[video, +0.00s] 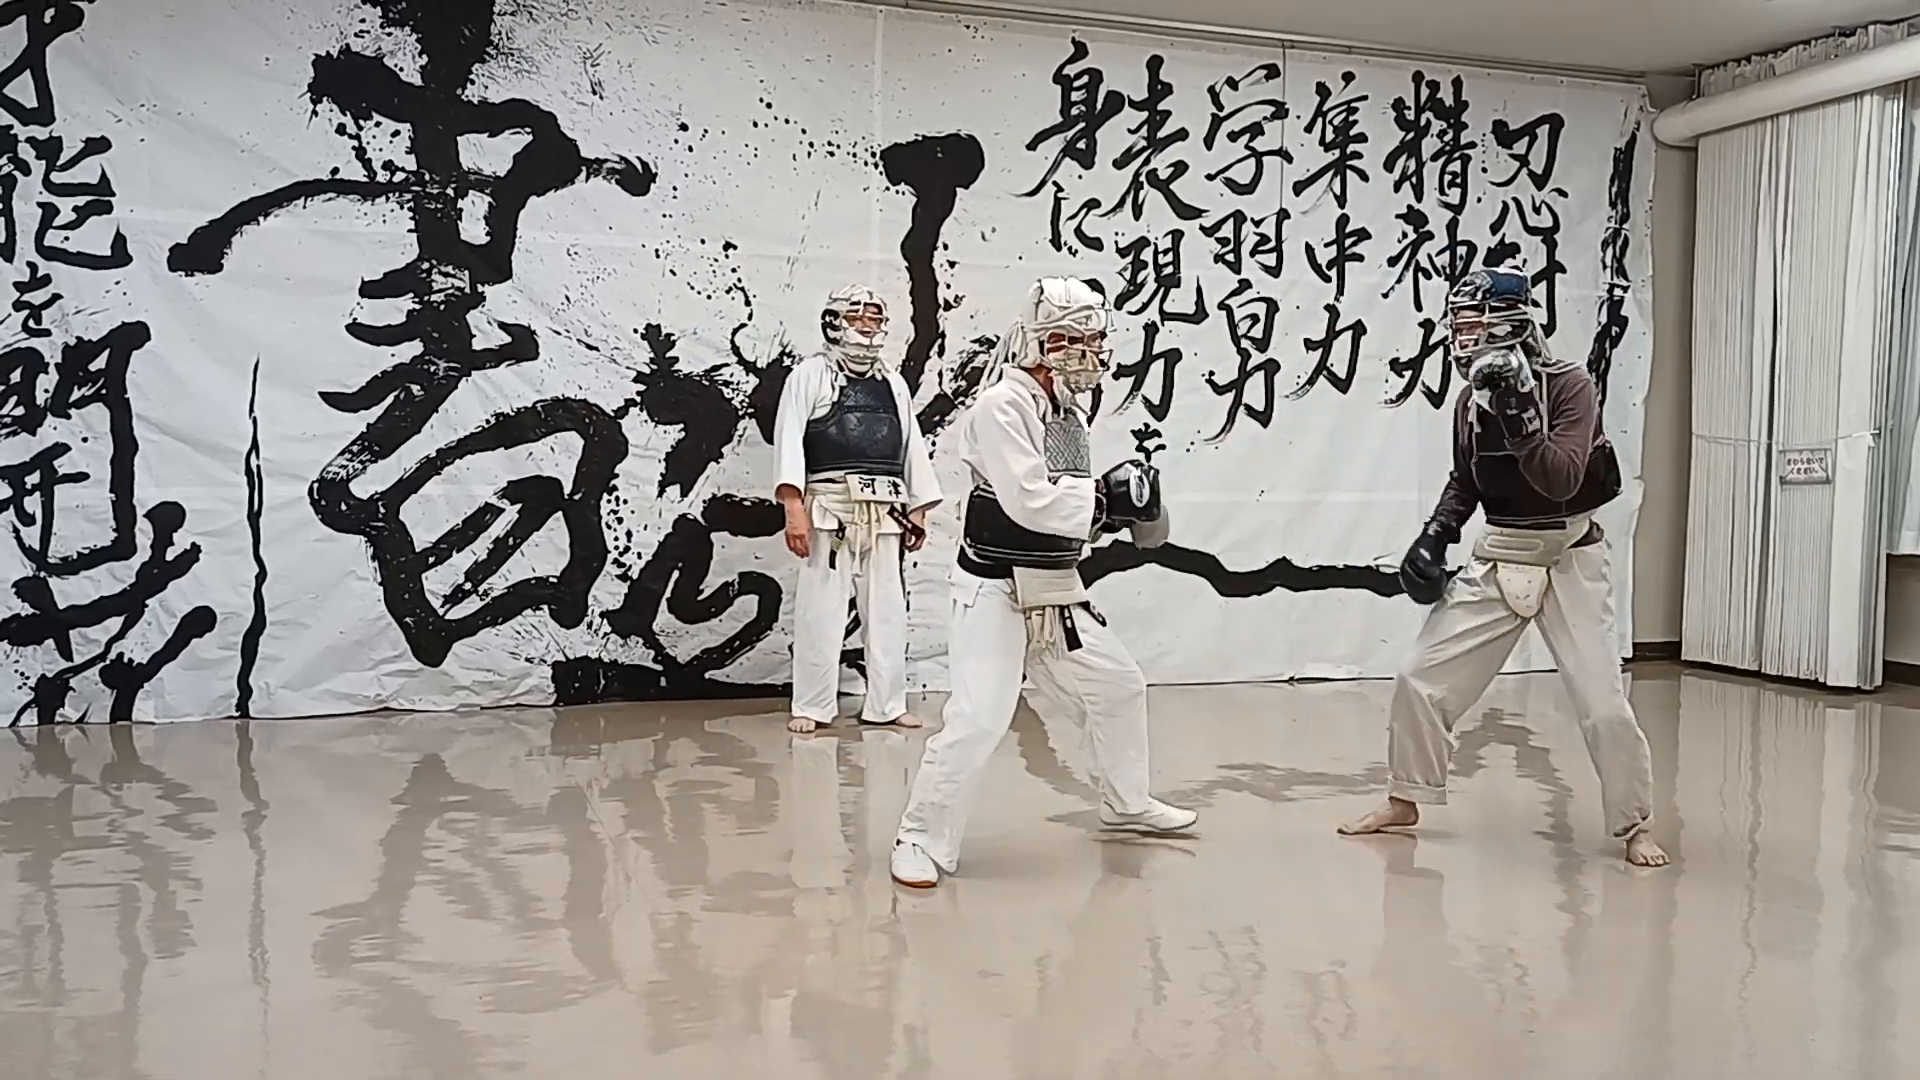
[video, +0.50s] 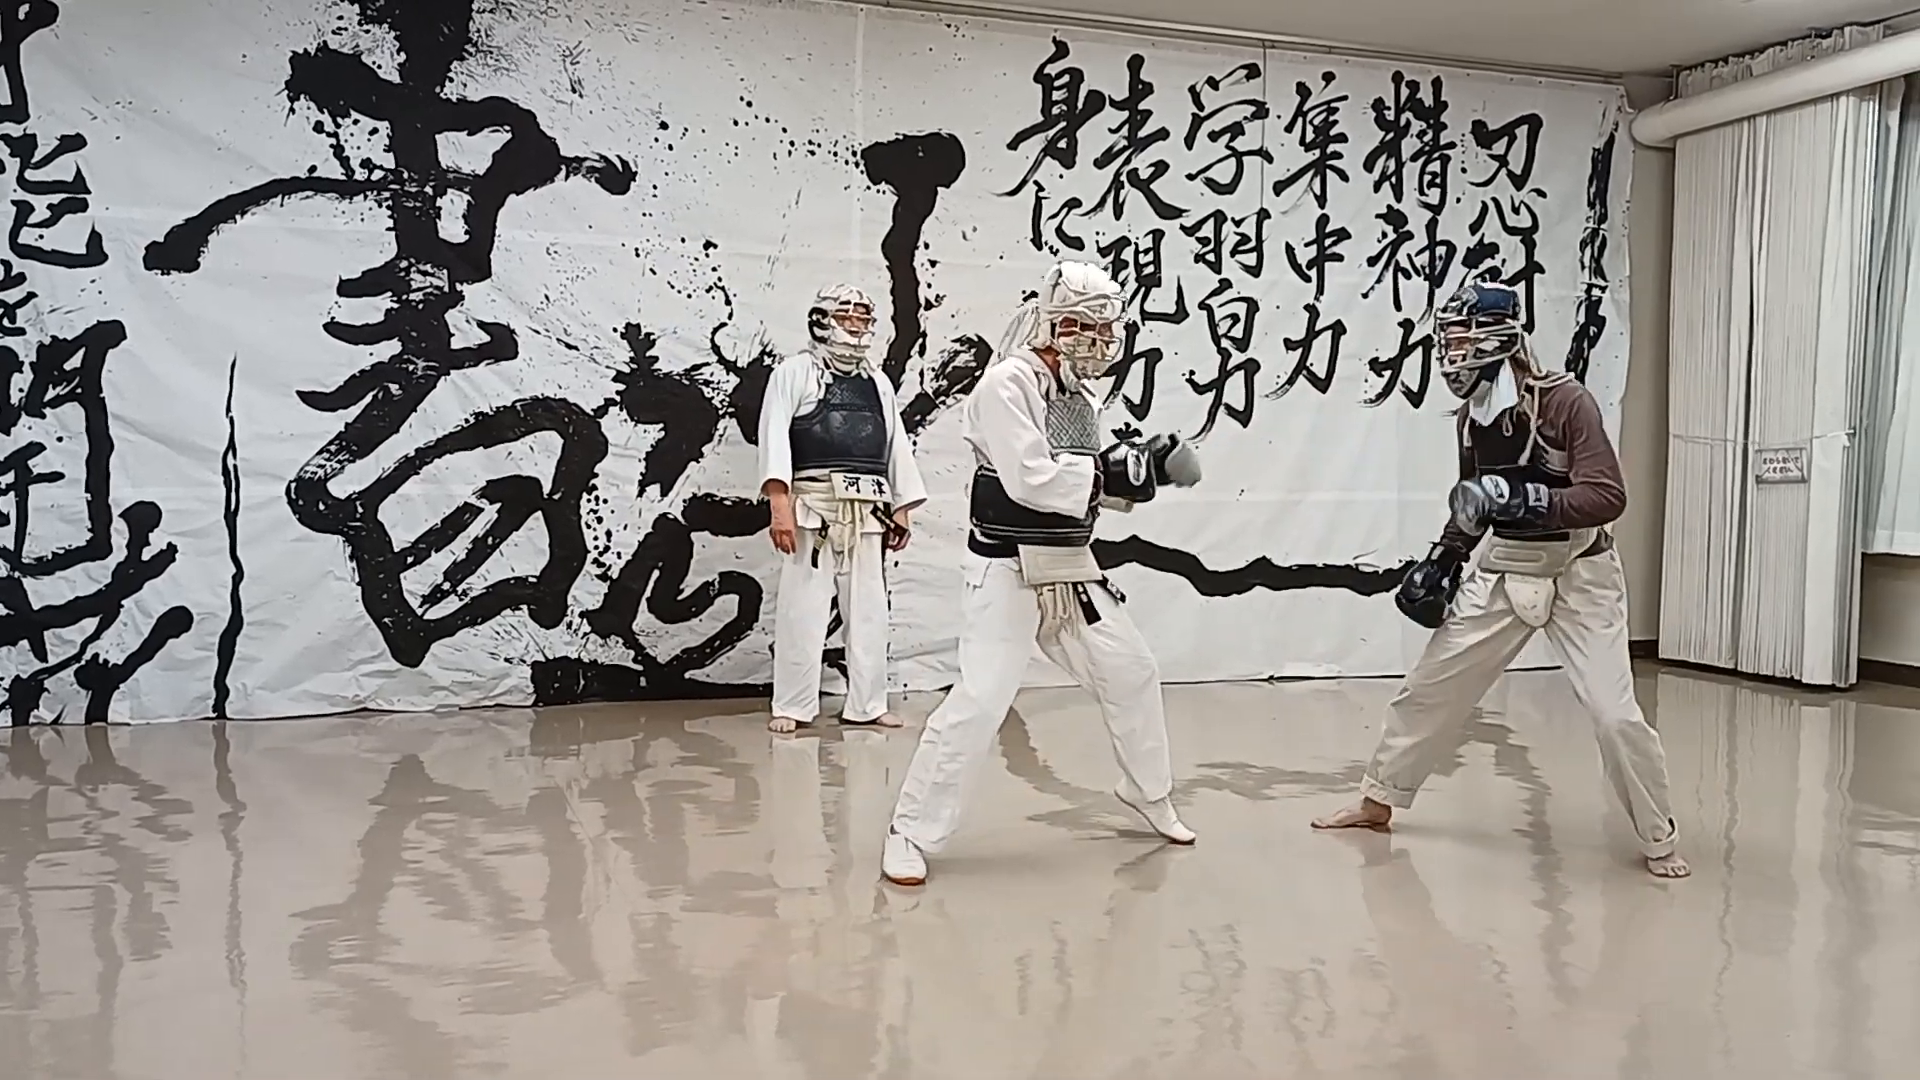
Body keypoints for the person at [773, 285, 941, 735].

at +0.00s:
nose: (868, 325)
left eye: (875, 319)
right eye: (858, 317)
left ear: (882, 326)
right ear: (836, 322)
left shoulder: (893, 381)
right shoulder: (810, 373)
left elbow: (912, 446)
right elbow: (789, 441)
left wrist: (920, 507)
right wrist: (794, 508)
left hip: (884, 509)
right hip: (825, 508)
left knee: (888, 612)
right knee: (820, 613)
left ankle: (886, 706)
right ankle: (811, 709)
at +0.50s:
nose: (855, 326)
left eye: (863, 320)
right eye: (846, 317)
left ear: (871, 326)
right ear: (823, 320)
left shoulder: (878, 380)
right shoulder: (794, 371)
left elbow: (896, 446)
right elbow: (774, 439)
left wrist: (903, 508)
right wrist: (780, 505)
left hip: (868, 509)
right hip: (809, 507)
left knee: (869, 612)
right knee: (802, 612)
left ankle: (866, 706)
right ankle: (792, 709)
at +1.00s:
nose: (806, 325)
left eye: (813, 318)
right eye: (796, 316)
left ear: (819, 326)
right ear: (772, 320)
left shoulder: (827, 381)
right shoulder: (743, 373)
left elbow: (846, 447)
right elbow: (724, 443)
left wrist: (853, 509)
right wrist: (731, 510)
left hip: (819, 510)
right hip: (760, 509)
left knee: (821, 614)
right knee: (753, 614)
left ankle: (819, 707)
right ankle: (743, 711)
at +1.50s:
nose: (768, 325)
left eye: (774, 319)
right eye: (757, 317)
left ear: (781, 326)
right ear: (733, 321)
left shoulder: (789, 382)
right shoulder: (705, 375)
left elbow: (809, 449)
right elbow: (687, 444)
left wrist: (817, 514)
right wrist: (695, 510)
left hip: (784, 512)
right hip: (724, 510)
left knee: (787, 615)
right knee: (718, 615)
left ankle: (784, 709)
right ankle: (707, 713)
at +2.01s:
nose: (752, 325)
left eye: (758, 319)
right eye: (742, 317)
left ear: (763, 326)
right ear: (717, 320)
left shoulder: (772, 381)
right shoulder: (687, 374)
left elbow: (791, 448)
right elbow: (669, 443)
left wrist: (798, 512)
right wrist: (677, 511)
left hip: (766, 511)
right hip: (706, 510)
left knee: (768, 615)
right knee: (699, 616)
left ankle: (765, 710)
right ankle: (689, 715)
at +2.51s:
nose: (744, 323)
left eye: (751, 317)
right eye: (734, 314)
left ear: (758, 325)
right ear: (710, 319)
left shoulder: (767, 378)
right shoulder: (682, 370)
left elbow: (787, 445)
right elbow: (664, 440)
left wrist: (793, 507)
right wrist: (671, 508)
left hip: (760, 509)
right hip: (700, 508)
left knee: (762, 614)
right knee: (692, 615)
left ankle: (759, 709)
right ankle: (682, 713)